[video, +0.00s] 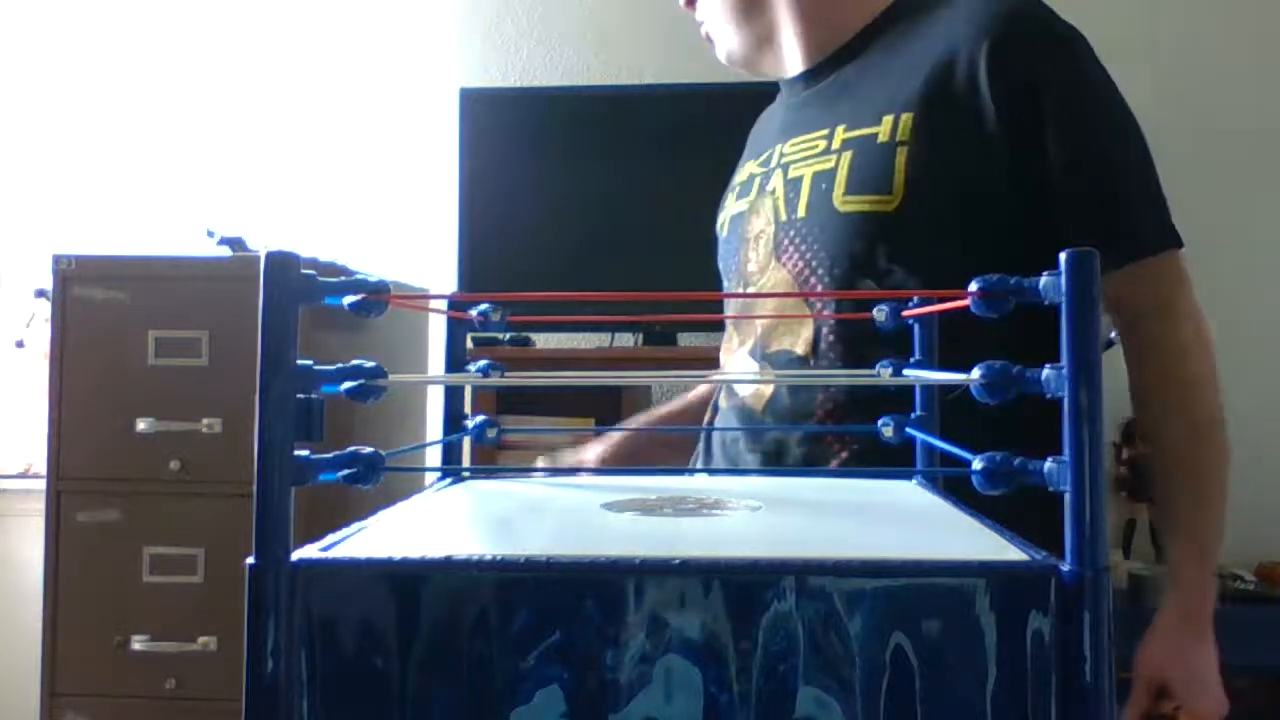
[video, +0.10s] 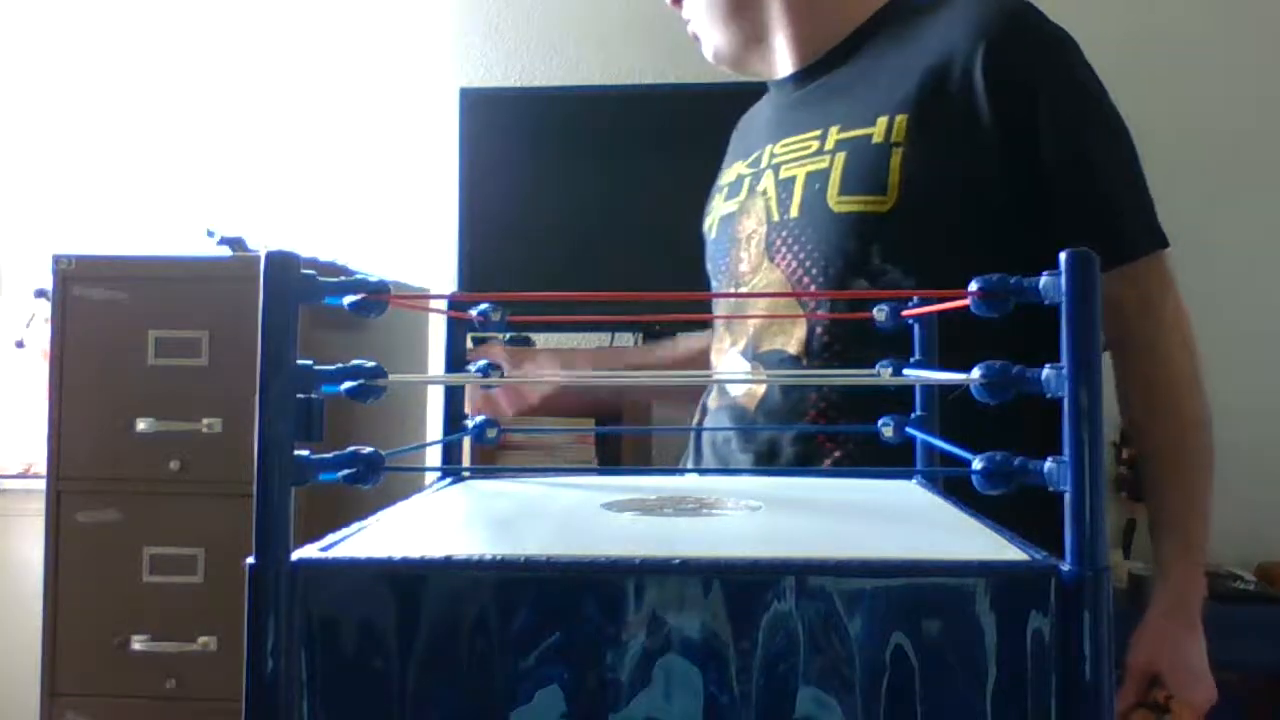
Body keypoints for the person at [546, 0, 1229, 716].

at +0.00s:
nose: (680, 6)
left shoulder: (1000, 44)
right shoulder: (767, 126)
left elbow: (1162, 323)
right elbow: (777, 367)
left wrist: (1187, 609)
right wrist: (631, 441)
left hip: (969, 606)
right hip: (769, 600)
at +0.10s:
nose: (674, 7)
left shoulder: (990, 44)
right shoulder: (752, 125)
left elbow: (1145, 321)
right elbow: (756, 354)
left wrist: (1177, 599)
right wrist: (566, 374)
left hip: (962, 605)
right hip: (752, 603)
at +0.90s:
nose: (651, 6)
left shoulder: (884, 82)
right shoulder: (571, 122)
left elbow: (973, 317)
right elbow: (449, 242)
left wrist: (1027, 499)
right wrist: (327, 220)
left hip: (841, 531)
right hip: (623, 535)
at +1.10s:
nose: (653, 10)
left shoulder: (878, 83)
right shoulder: (565, 124)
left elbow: (967, 318)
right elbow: (444, 242)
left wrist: (1024, 508)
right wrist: (328, 223)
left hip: (838, 535)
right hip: (618, 539)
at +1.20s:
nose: (652, 1)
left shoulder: (877, 83)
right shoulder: (565, 123)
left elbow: (966, 318)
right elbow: (441, 243)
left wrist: (1022, 509)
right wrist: (323, 223)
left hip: (833, 530)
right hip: (617, 533)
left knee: (835, 700)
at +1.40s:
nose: (650, 2)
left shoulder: (869, 80)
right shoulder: (564, 120)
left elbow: (963, 316)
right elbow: (465, 260)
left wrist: (1017, 503)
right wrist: (306, 194)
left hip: (828, 534)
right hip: (610, 534)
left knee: (830, 704)